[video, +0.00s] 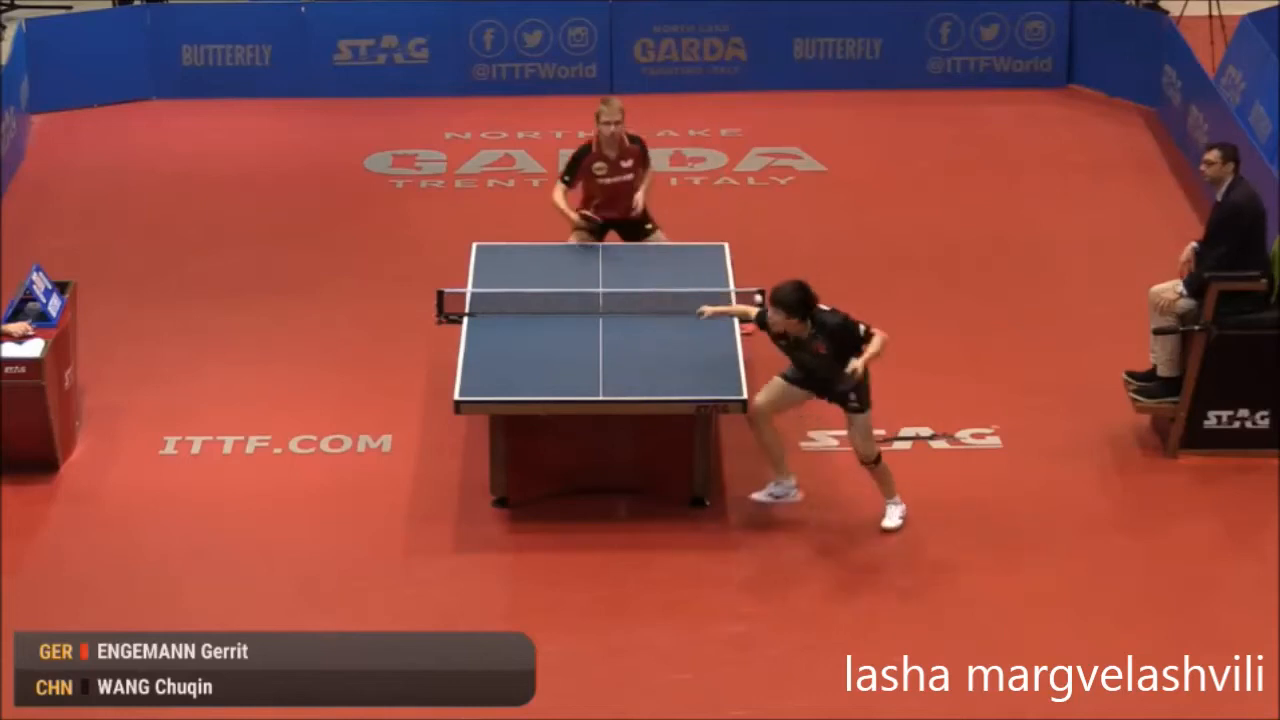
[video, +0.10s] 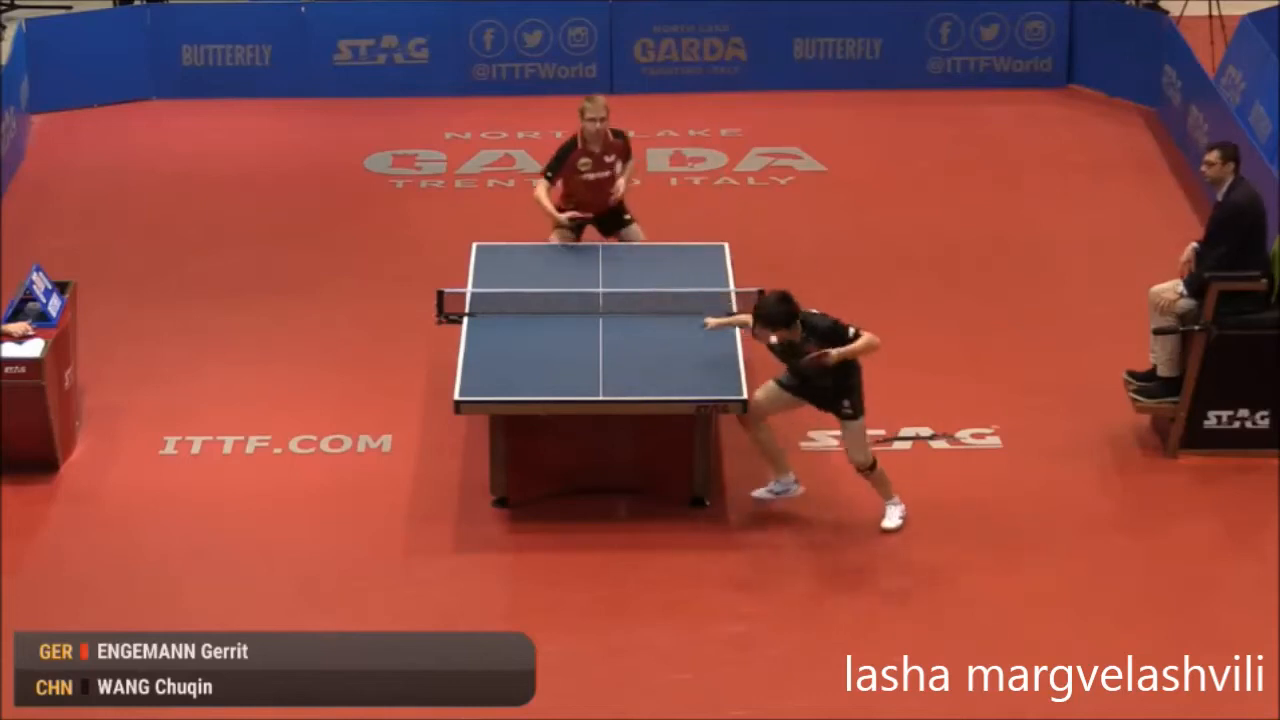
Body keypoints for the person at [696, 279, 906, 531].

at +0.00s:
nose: (770, 320)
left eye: (776, 316)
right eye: (770, 314)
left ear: (795, 319)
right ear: (772, 311)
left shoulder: (833, 323)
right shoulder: (773, 321)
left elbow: (879, 336)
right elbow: (745, 312)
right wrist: (716, 310)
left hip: (847, 380)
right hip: (807, 375)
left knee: (865, 451)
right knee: (758, 409)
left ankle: (893, 503)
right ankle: (784, 483)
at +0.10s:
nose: (762, 336)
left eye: (767, 332)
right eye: (760, 330)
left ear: (786, 328)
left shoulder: (822, 327)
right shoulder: (771, 327)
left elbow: (872, 342)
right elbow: (747, 320)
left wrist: (839, 353)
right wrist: (721, 322)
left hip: (841, 385)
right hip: (802, 379)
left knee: (860, 460)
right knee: (750, 412)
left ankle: (893, 503)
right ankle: (785, 480)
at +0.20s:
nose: (730, 340)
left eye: (731, 335)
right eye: (728, 335)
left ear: (746, 331)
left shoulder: (792, 328)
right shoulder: (754, 334)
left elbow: (835, 347)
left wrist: (792, 365)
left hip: (827, 386)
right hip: (794, 384)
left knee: (847, 465)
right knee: (745, 421)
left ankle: (891, 501)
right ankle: (768, 492)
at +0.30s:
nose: (710, 329)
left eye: (711, 323)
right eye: (708, 323)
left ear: (726, 320)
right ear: (731, 313)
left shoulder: (767, 328)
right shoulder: (748, 324)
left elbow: (798, 354)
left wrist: (749, 358)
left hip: (816, 387)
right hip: (786, 383)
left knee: (823, 470)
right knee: (741, 424)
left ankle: (886, 494)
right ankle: (769, 492)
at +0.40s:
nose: (695, 303)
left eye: (695, 297)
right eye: (693, 297)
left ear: (704, 299)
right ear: (724, 286)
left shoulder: (736, 315)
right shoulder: (746, 297)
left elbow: (749, 343)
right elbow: (785, 307)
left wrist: (701, 333)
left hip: (795, 388)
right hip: (777, 382)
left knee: (771, 471)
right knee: (743, 422)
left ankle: (850, 484)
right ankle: (769, 493)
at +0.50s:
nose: (688, 285)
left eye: (688, 279)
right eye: (687, 278)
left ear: (696, 281)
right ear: (719, 270)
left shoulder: (722, 304)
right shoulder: (744, 285)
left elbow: (726, 337)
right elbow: (781, 297)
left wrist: (681, 323)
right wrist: (797, 303)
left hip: (773, 381)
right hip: (786, 367)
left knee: (739, 458)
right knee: (756, 430)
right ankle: (767, 493)